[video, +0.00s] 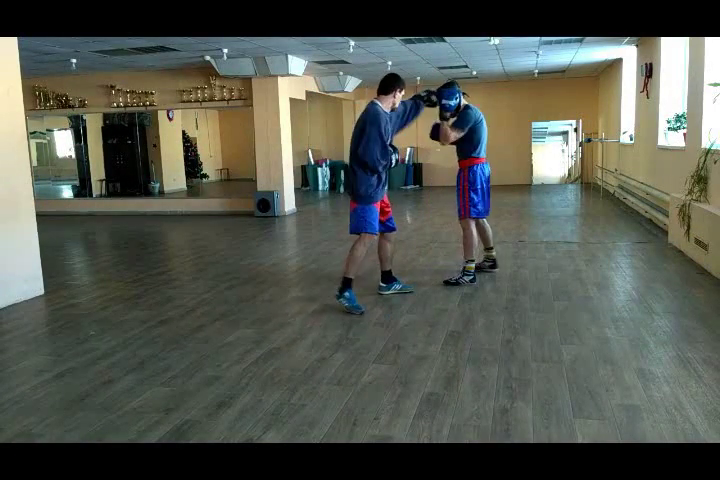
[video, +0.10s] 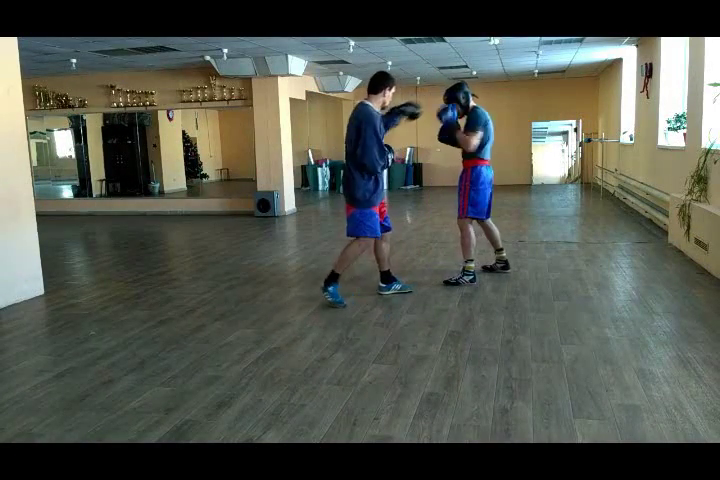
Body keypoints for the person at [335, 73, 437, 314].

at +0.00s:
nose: (400, 100)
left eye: (400, 96)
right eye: (401, 95)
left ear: (384, 90)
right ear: (396, 93)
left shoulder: (385, 113)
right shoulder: (376, 115)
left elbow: (405, 112)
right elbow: (373, 158)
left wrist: (422, 99)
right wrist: (394, 156)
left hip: (377, 186)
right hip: (365, 188)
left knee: (388, 231)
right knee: (367, 236)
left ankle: (387, 280)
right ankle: (345, 290)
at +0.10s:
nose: (392, 98)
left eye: (393, 94)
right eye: (392, 93)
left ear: (372, 90)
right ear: (386, 92)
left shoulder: (365, 111)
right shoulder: (369, 115)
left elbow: (379, 128)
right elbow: (371, 159)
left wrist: (399, 114)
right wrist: (389, 153)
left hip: (372, 189)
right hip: (363, 191)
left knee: (383, 233)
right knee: (365, 238)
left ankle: (387, 280)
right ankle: (330, 282)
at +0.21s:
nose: (384, 102)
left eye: (385, 97)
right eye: (384, 97)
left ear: (363, 93)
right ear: (379, 96)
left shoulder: (353, 115)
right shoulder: (365, 120)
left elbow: (357, 147)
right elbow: (373, 166)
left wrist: (377, 128)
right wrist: (385, 161)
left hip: (364, 192)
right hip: (358, 194)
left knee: (385, 230)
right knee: (356, 240)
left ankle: (387, 279)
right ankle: (326, 288)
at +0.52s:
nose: (384, 104)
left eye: (385, 100)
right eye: (384, 99)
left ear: (371, 97)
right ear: (375, 97)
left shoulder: (366, 121)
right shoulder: (360, 121)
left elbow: (370, 148)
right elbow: (361, 162)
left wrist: (384, 131)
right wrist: (383, 163)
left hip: (369, 191)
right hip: (356, 193)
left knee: (384, 231)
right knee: (349, 239)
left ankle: (382, 271)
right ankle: (324, 288)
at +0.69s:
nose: (395, 104)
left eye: (395, 100)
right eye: (394, 99)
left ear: (383, 97)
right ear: (385, 97)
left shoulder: (385, 122)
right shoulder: (363, 120)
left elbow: (410, 116)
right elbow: (353, 160)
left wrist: (436, 101)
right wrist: (381, 161)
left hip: (370, 190)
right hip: (352, 190)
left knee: (380, 229)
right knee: (344, 233)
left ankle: (381, 272)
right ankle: (329, 285)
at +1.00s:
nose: (383, 103)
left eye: (384, 98)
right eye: (382, 97)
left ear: (370, 95)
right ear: (371, 94)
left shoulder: (375, 118)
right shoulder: (352, 118)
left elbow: (392, 120)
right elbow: (346, 158)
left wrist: (409, 110)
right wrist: (372, 158)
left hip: (367, 184)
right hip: (350, 186)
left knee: (375, 228)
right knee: (346, 231)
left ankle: (381, 272)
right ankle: (319, 267)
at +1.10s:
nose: (370, 108)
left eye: (371, 103)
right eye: (369, 102)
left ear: (357, 101)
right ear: (359, 100)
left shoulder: (355, 124)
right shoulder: (342, 125)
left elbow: (362, 154)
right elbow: (344, 169)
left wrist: (374, 133)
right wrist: (366, 160)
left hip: (359, 189)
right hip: (342, 192)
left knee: (379, 221)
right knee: (339, 233)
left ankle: (383, 269)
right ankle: (317, 272)